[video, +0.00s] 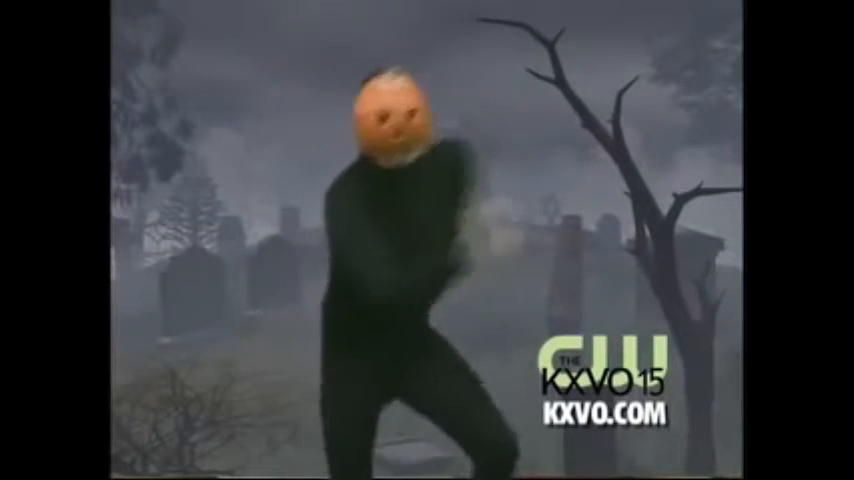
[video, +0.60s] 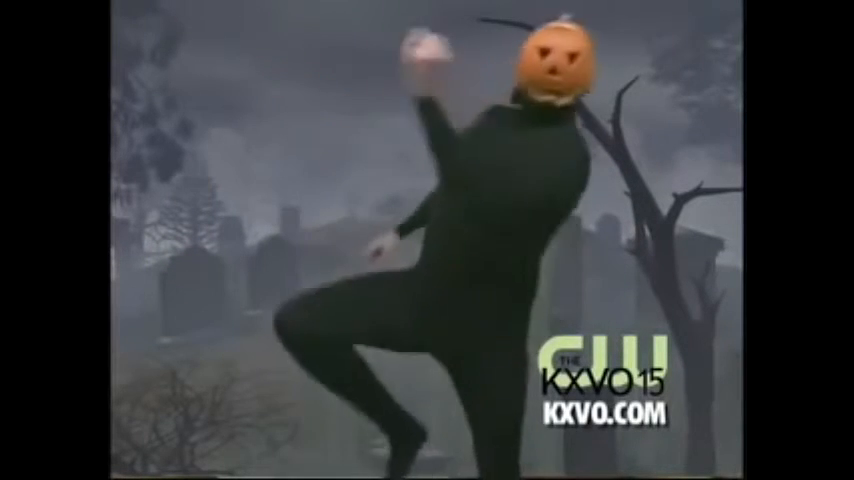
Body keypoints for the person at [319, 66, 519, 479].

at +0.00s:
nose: (398, 128)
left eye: (411, 114)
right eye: (382, 117)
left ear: (428, 119)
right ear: (361, 128)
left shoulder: (449, 164)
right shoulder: (348, 194)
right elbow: (384, 294)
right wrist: (458, 258)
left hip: (414, 347)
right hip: (352, 358)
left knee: (497, 449)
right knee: (350, 472)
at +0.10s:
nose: (424, 90)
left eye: (437, 78)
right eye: (409, 79)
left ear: (454, 85)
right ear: (387, 91)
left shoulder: (475, 141)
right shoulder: (371, 161)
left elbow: (520, 156)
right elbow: (395, 271)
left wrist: (505, 221)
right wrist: (443, 367)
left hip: (449, 329)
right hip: (377, 335)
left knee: (485, 463)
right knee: (355, 465)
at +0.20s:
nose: (455, 94)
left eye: (469, 82)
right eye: (440, 84)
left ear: (488, 92)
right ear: (419, 94)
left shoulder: (514, 162)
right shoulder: (398, 174)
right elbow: (382, 290)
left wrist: (534, 274)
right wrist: (381, 394)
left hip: (474, 348)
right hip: (400, 350)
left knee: (495, 469)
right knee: (364, 468)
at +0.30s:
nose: (487, 124)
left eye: (502, 113)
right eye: (473, 113)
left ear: (521, 124)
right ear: (452, 122)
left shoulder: (540, 202)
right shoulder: (421, 198)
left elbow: (591, 299)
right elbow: (376, 283)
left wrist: (524, 341)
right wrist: (335, 371)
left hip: (498, 373)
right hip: (417, 367)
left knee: (511, 472)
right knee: (359, 470)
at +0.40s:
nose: (512, 124)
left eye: (527, 113)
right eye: (498, 113)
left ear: (546, 125)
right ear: (478, 122)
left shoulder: (554, 208)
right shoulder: (448, 183)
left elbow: (555, 326)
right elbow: (396, 244)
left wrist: (476, 288)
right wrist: (338, 304)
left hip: (500, 366)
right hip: (429, 349)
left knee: (511, 471)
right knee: (341, 434)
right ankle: (409, 472)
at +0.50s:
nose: (527, 110)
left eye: (540, 102)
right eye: (521, 90)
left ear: (560, 106)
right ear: (501, 94)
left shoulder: (563, 174)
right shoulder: (481, 138)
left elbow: (511, 256)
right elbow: (435, 194)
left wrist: (463, 166)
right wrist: (375, 251)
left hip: (498, 342)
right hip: (432, 314)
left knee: (503, 472)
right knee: (317, 364)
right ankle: (407, 461)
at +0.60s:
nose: (556, 63)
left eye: (572, 57)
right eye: (546, 51)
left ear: (586, 78)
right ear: (523, 62)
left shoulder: (568, 156)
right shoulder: (495, 122)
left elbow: (485, 198)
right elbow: (456, 188)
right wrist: (400, 232)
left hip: (491, 327)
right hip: (425, 297)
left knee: (499, 469)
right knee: (300, 323)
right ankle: (403, 431)